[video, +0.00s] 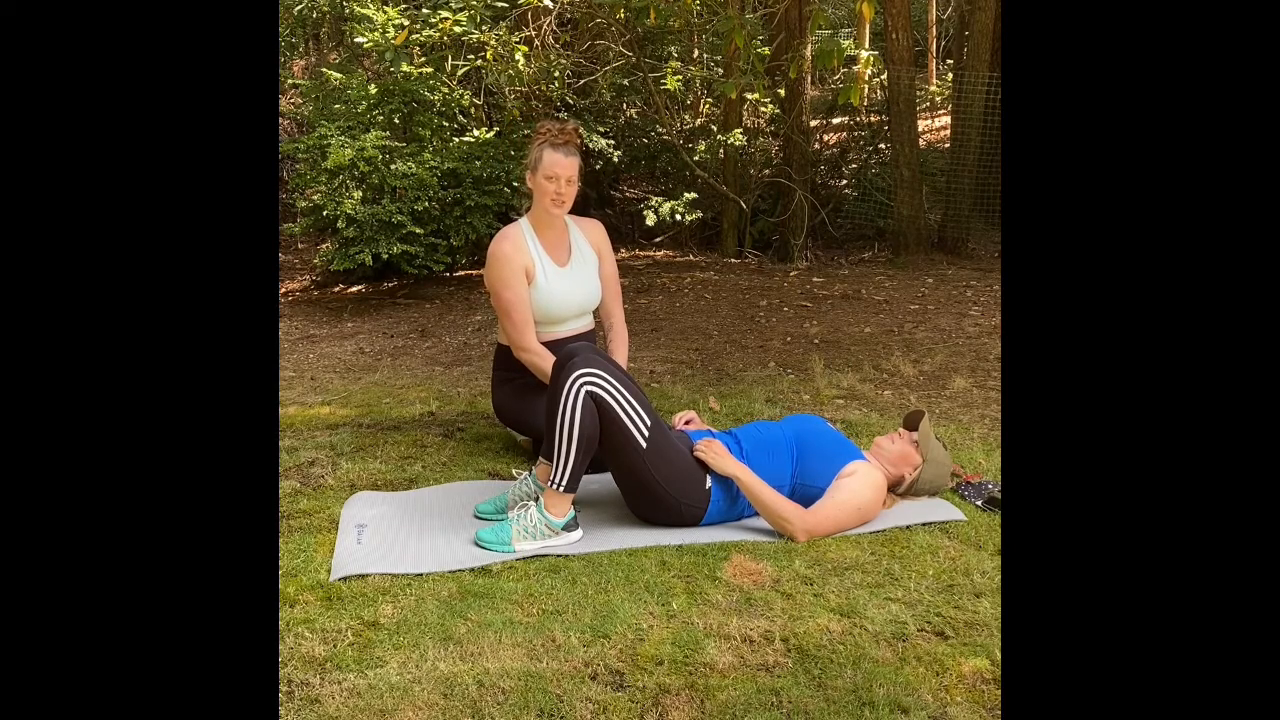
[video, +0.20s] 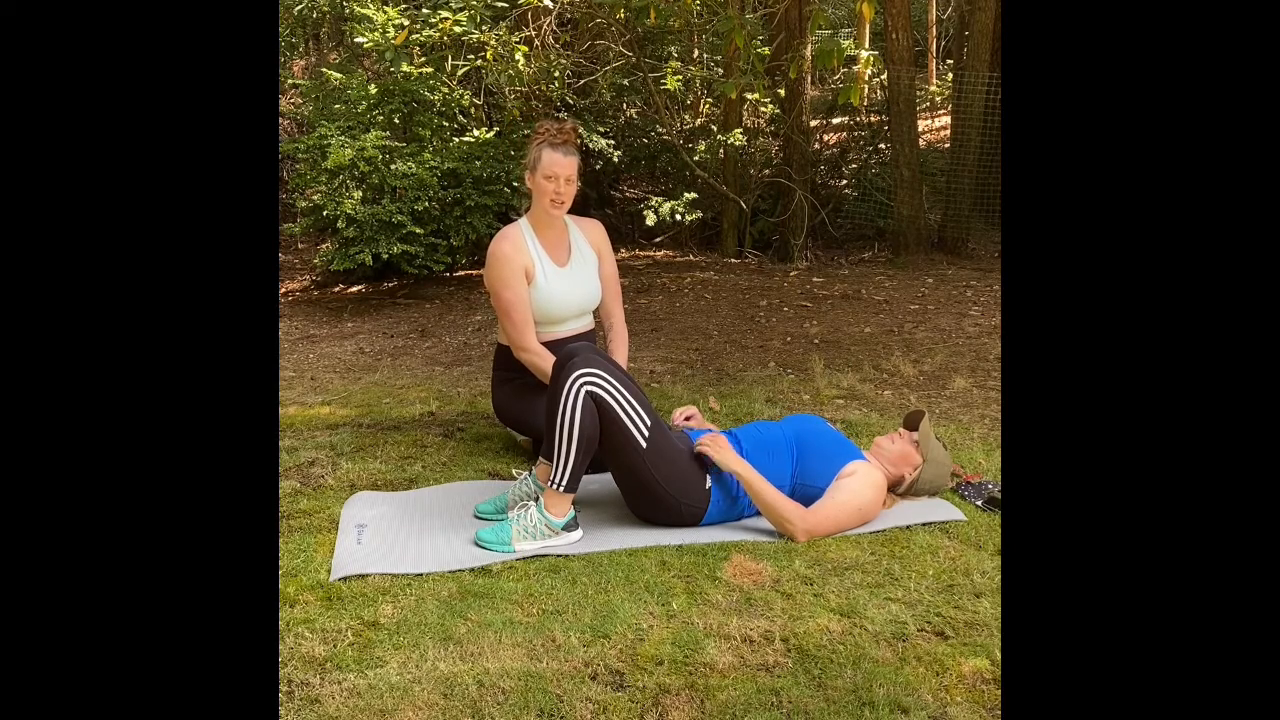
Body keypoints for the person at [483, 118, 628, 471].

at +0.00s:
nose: (562, 191)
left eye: (570, 181)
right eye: (551, 179)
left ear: (579, 183)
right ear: (530, 179)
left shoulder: (592, 233)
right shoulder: (508, 247)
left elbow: (614, 322)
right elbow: (524, 347)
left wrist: (613, 385)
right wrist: (588, 396)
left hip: (584, 367)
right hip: (524, 379)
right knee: (602, 446)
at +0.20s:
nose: (561, 190)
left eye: (569, 180)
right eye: (550, 179)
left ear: (578, 183)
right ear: (529, 179)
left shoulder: (592, 232)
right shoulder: (508, 247)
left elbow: (614, 322)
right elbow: (525, 347)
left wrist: (614, 385)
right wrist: (588, 396)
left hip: (584, 367)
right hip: (523, 379)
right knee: (603, 445)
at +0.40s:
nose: (560, 191)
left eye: (569, 181)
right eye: (550, 179)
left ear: (577, 183)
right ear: (528, 179)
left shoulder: (592, 232)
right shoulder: (507, 248)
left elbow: (614, 322)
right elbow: (525, 348)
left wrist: (614, 385)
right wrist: (589, 396)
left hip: (585, 367)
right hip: (523, 379)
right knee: (602, 443)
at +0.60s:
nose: (560, 191)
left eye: (569, 181)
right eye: (549, 179)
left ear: (577, 182)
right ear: (527, 179)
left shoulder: (592, 232)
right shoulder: (507, 248)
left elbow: (614, 323)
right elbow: (524, 348)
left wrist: (613, 385)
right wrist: (590, 396)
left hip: (585, 367)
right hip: (523, 379)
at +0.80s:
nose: (561, 195)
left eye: (570, 185)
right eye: (551, 184)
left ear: (578, 183)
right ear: (529, 180)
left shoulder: (592, 232)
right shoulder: (509, 247)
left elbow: (614, 321)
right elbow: (516, 351)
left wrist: (614, 382)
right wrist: (582, 394)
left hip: (585, 368)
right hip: (524, 380)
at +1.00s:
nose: (564, 196)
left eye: (573, 186)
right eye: (554, 185)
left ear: (581, 183)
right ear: (533, 181)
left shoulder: (595, 234)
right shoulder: (512, 246)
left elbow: (615, 321)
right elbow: (502, 346)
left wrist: (614, 380)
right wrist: (569, 384)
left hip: (585, 373)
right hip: (525, 384)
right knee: (610, 447)